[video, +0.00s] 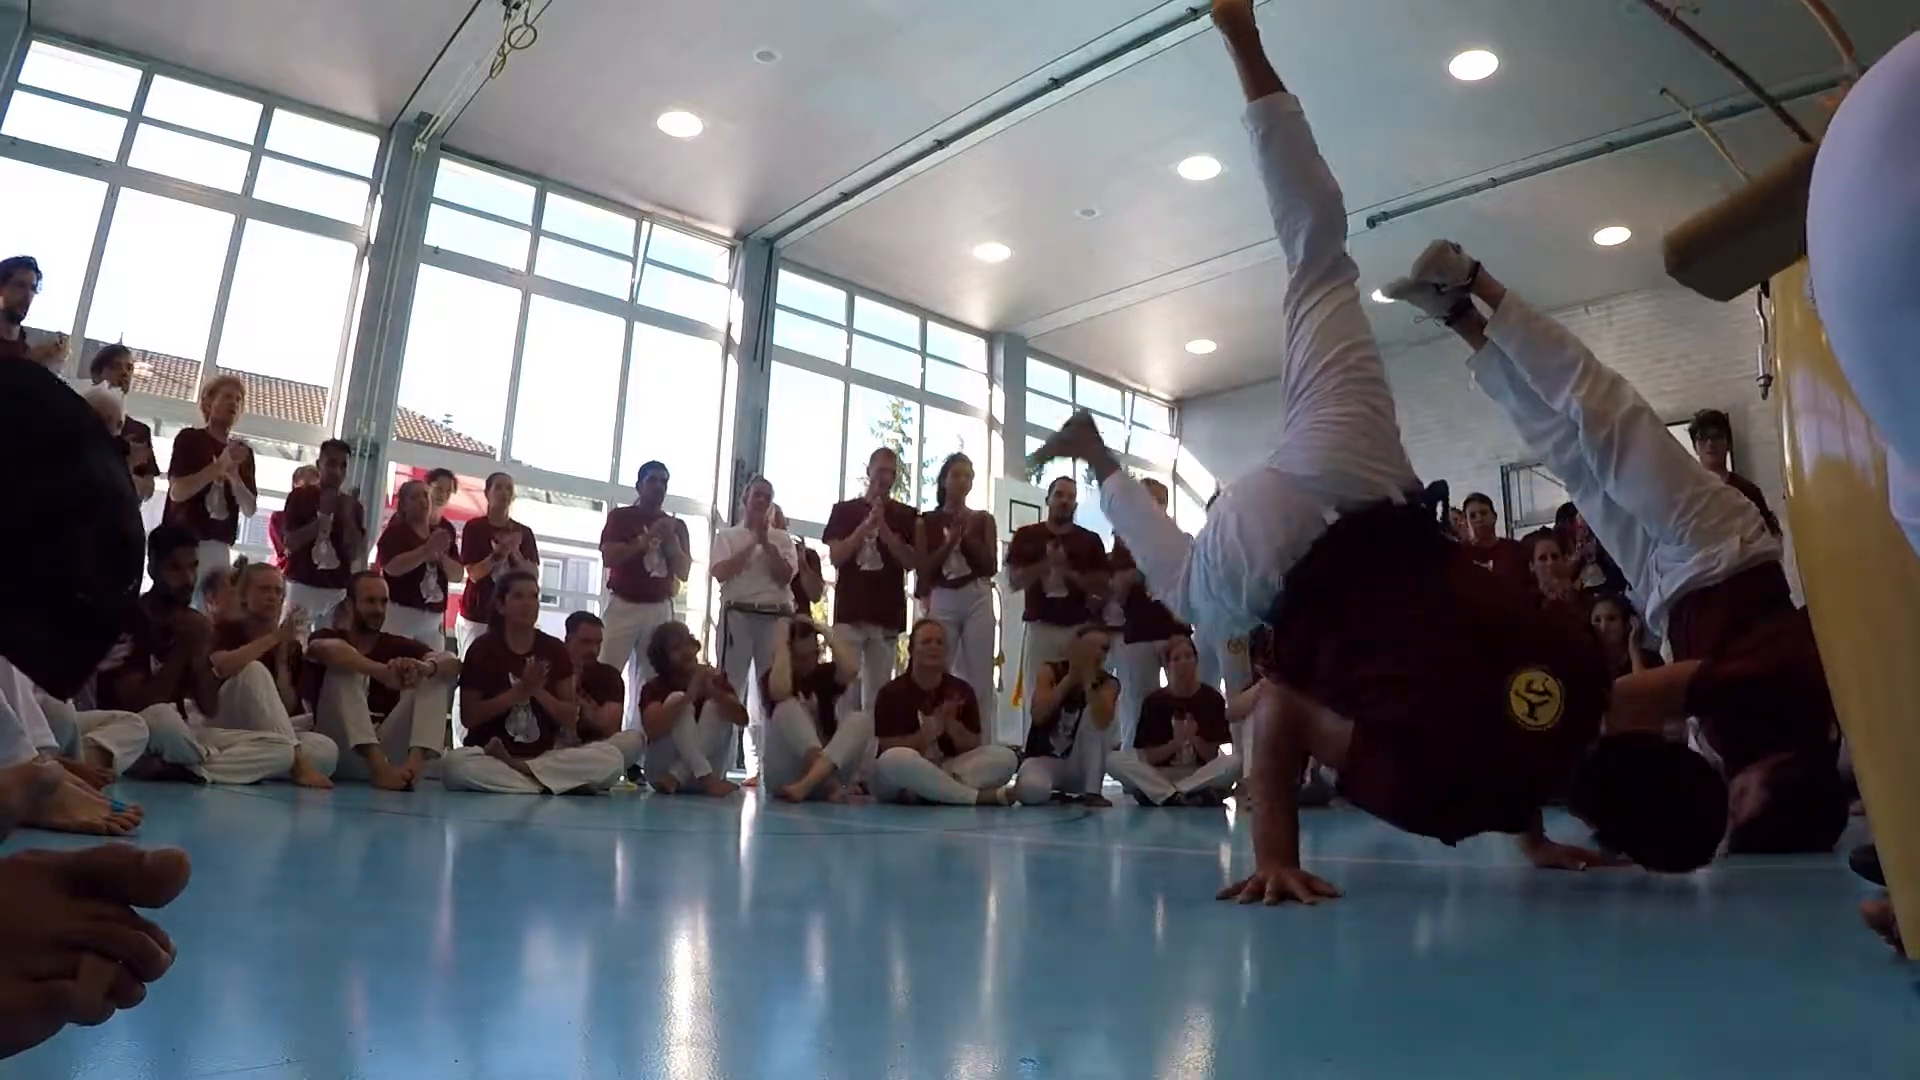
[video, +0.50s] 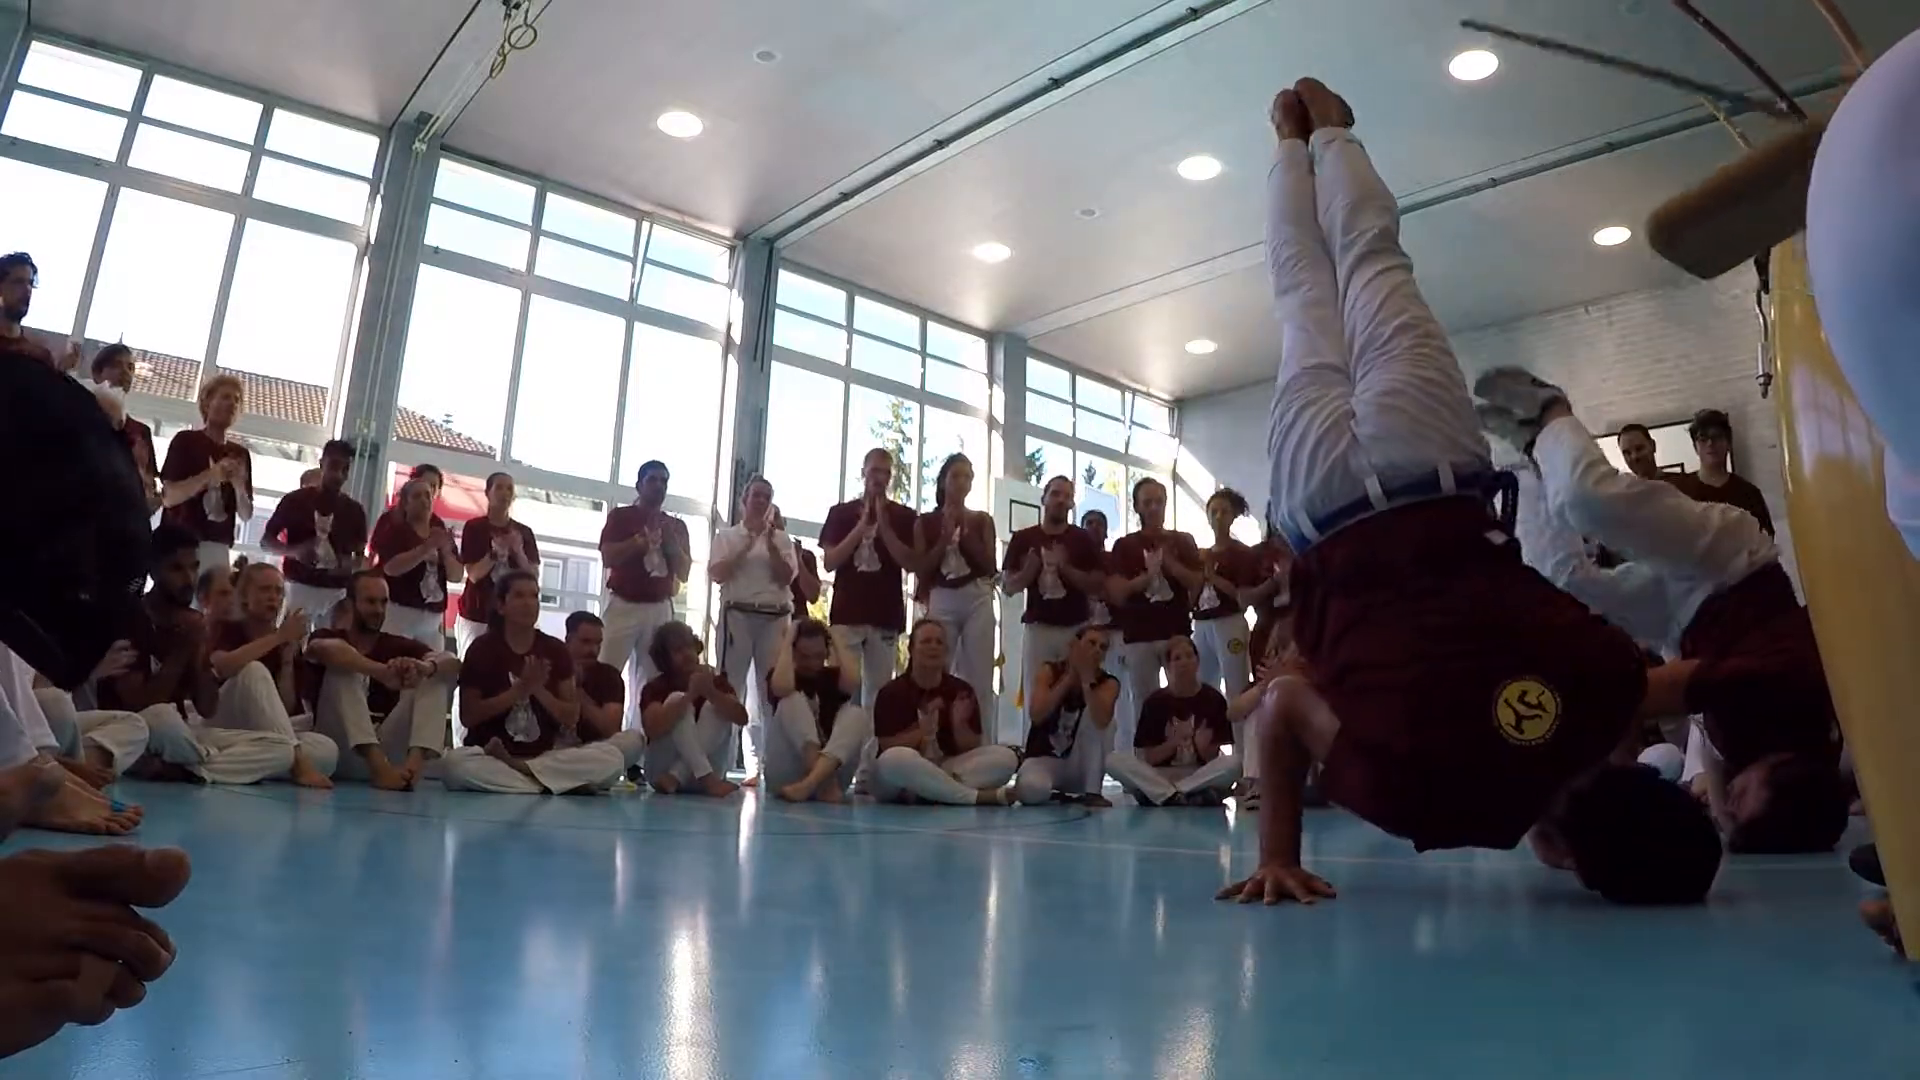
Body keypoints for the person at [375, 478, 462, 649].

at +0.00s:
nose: (423, 501)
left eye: (426, 496)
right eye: (415, 497)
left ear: (431, 501)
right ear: (402, 504)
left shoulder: (441, 533)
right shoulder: (395, 531)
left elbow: (457, 575)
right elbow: (392, 568)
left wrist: (441, 555)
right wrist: (428, 549)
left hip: (434, 614)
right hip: (400, 611)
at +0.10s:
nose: (423, 501)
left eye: (426, 496)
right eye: (415, 497)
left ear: (431, 500)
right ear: (402, 504)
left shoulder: (440, 532)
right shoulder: (395, 530)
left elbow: (457, 576)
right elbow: (391, 568)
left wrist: (446, 554)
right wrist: (428, 548)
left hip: (434, 614)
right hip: (400, 611)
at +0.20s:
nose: (424, 501)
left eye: (426, 496)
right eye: (416, 497)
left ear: (431, 500)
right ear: (404, 504)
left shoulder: (440, 531)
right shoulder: (395, 530)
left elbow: (456, 576)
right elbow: (391, 569)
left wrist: (445, 549)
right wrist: (429, 547)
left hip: (434, 614)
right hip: (401, 610)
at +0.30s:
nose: (423, 501)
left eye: (427, 496)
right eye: (416, 497)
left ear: (432, 501)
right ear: (404, 504)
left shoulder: (440, 531)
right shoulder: (394, 528)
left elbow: (457, 575)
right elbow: (392, 568)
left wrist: (441, 555)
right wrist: (429, 548)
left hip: (433, 613)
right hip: (400, 610)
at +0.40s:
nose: (423, 501)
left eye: (427, 496)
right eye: (416, 497)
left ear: (433, 501)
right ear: (403, 503)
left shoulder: (439, 531)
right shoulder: (393, 529)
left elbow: (457, 575)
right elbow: (392, 568)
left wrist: (442, 554)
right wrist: (429, 548)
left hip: (433, 613)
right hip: (399, 609)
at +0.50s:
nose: (424, 501)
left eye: (428, 496)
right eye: (416, 496)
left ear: (433, 500)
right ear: (405, 502)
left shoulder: (439, 531)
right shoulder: (395, 530)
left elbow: (456, 576)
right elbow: (391, 568)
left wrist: (447, 550)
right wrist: (427, 547)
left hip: (433, 613)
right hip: (400, 609)